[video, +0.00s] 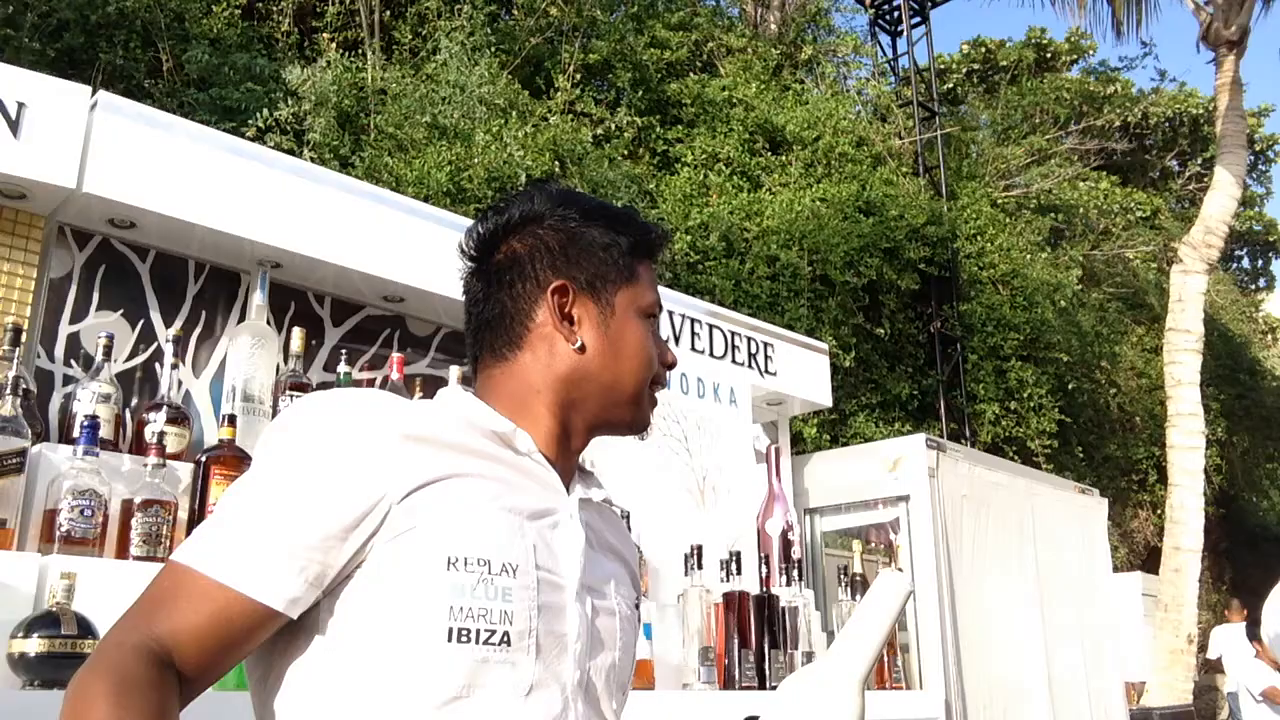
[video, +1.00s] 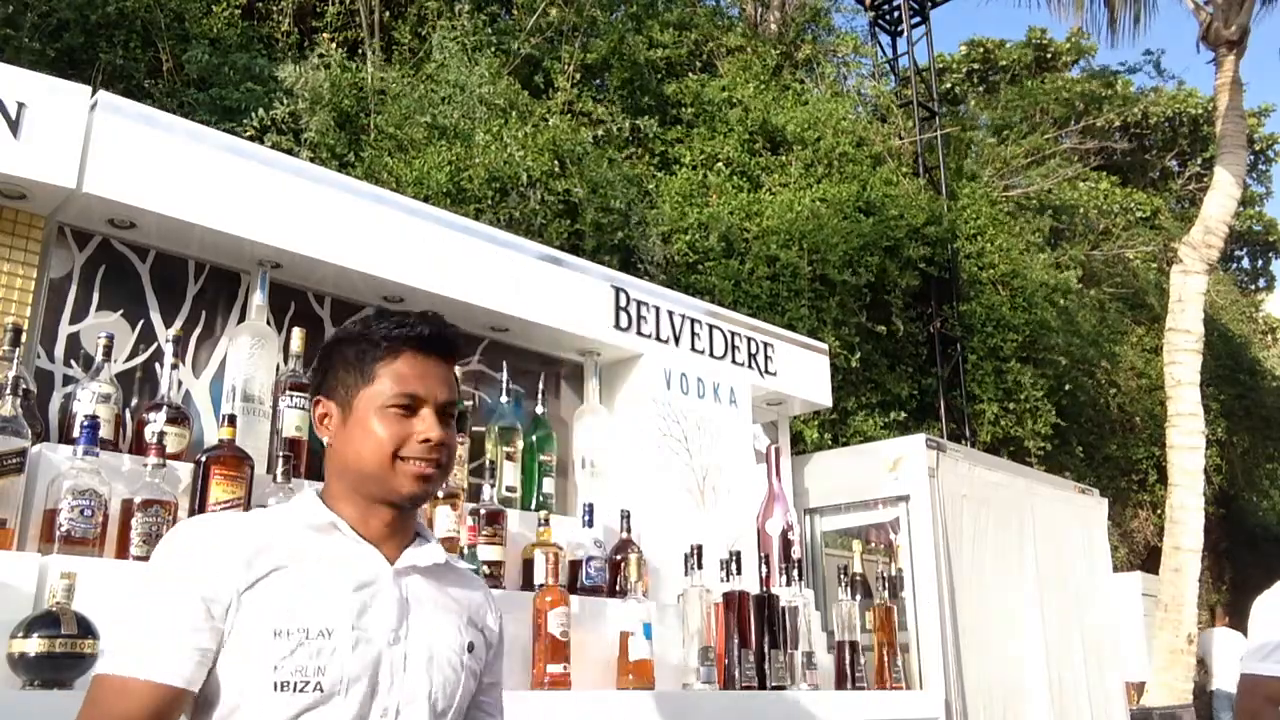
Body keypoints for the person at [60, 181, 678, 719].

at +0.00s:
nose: (669, 356)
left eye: (663, 325)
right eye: (652, 319)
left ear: (569, 319)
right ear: (570, 316)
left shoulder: (613, 540)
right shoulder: (357, 439)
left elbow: (590, 704)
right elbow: (146, 658)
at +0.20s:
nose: (643, 398)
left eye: (641, 368)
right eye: (629, 361)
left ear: (537, 346)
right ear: (537, 342)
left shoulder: (592, 544)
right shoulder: (349, 458)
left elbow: (583, 706)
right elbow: (164, 672)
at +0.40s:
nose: (527, 361)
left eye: (545, 340)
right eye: (491, 336)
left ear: (561, 365)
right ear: (413, 360)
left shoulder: (568, 558)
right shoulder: (311, 487)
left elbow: (555, 705)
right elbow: (178, 697)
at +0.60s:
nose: (458, 379)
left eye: (481, 356)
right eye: (424, 353)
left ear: (501, 378)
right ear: (362, 377)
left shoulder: (538, 563)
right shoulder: (252, 522)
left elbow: (542, 710)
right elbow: (153, 708)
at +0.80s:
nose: (425, 403)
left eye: (444, 380)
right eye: (390, 379)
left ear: (466, 401)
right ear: (330, 399)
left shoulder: (508, 587)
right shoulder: (216, 541)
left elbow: (505, 716)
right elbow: (122, 714)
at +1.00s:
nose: (436, 434)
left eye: (448, 415)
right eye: (405, 409)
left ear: (458, 429)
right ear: (328, 421)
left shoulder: (474, 602)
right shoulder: (211, 553)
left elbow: (483, 712)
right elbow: (117, 710)